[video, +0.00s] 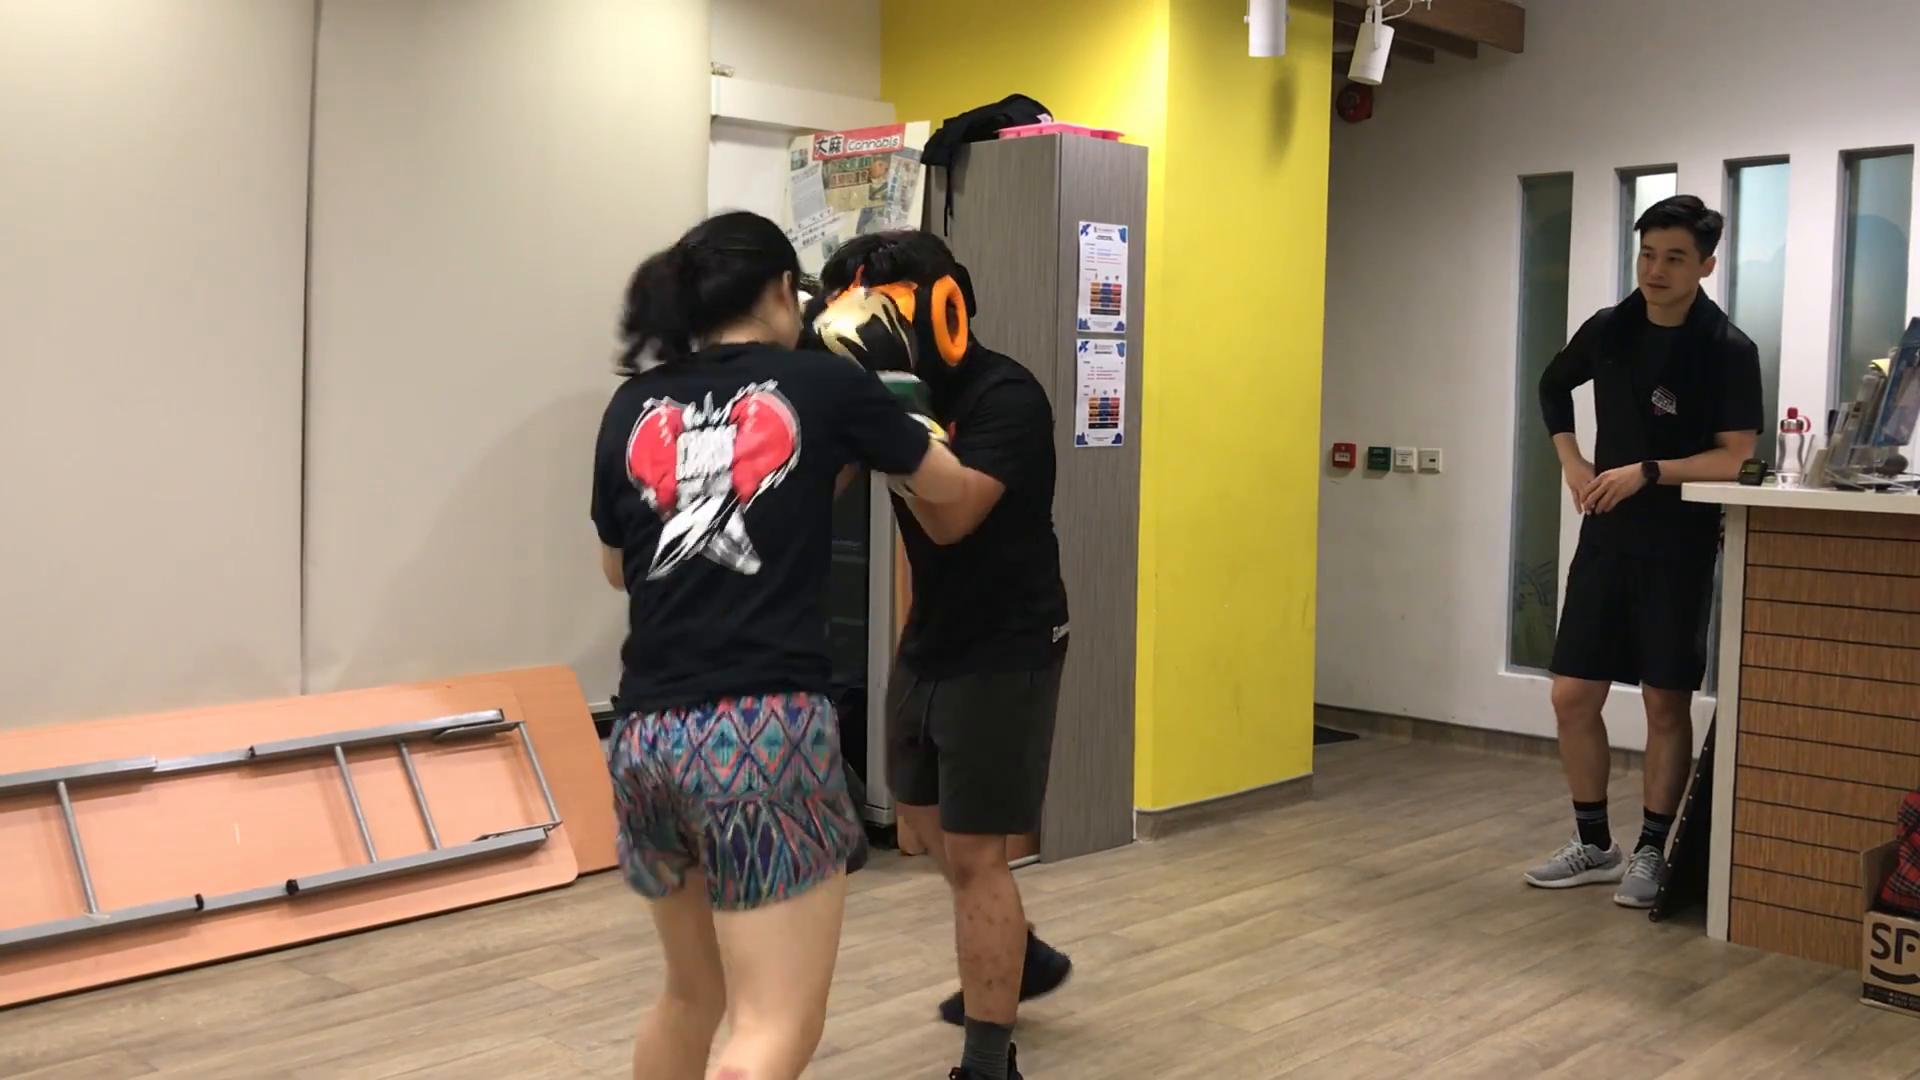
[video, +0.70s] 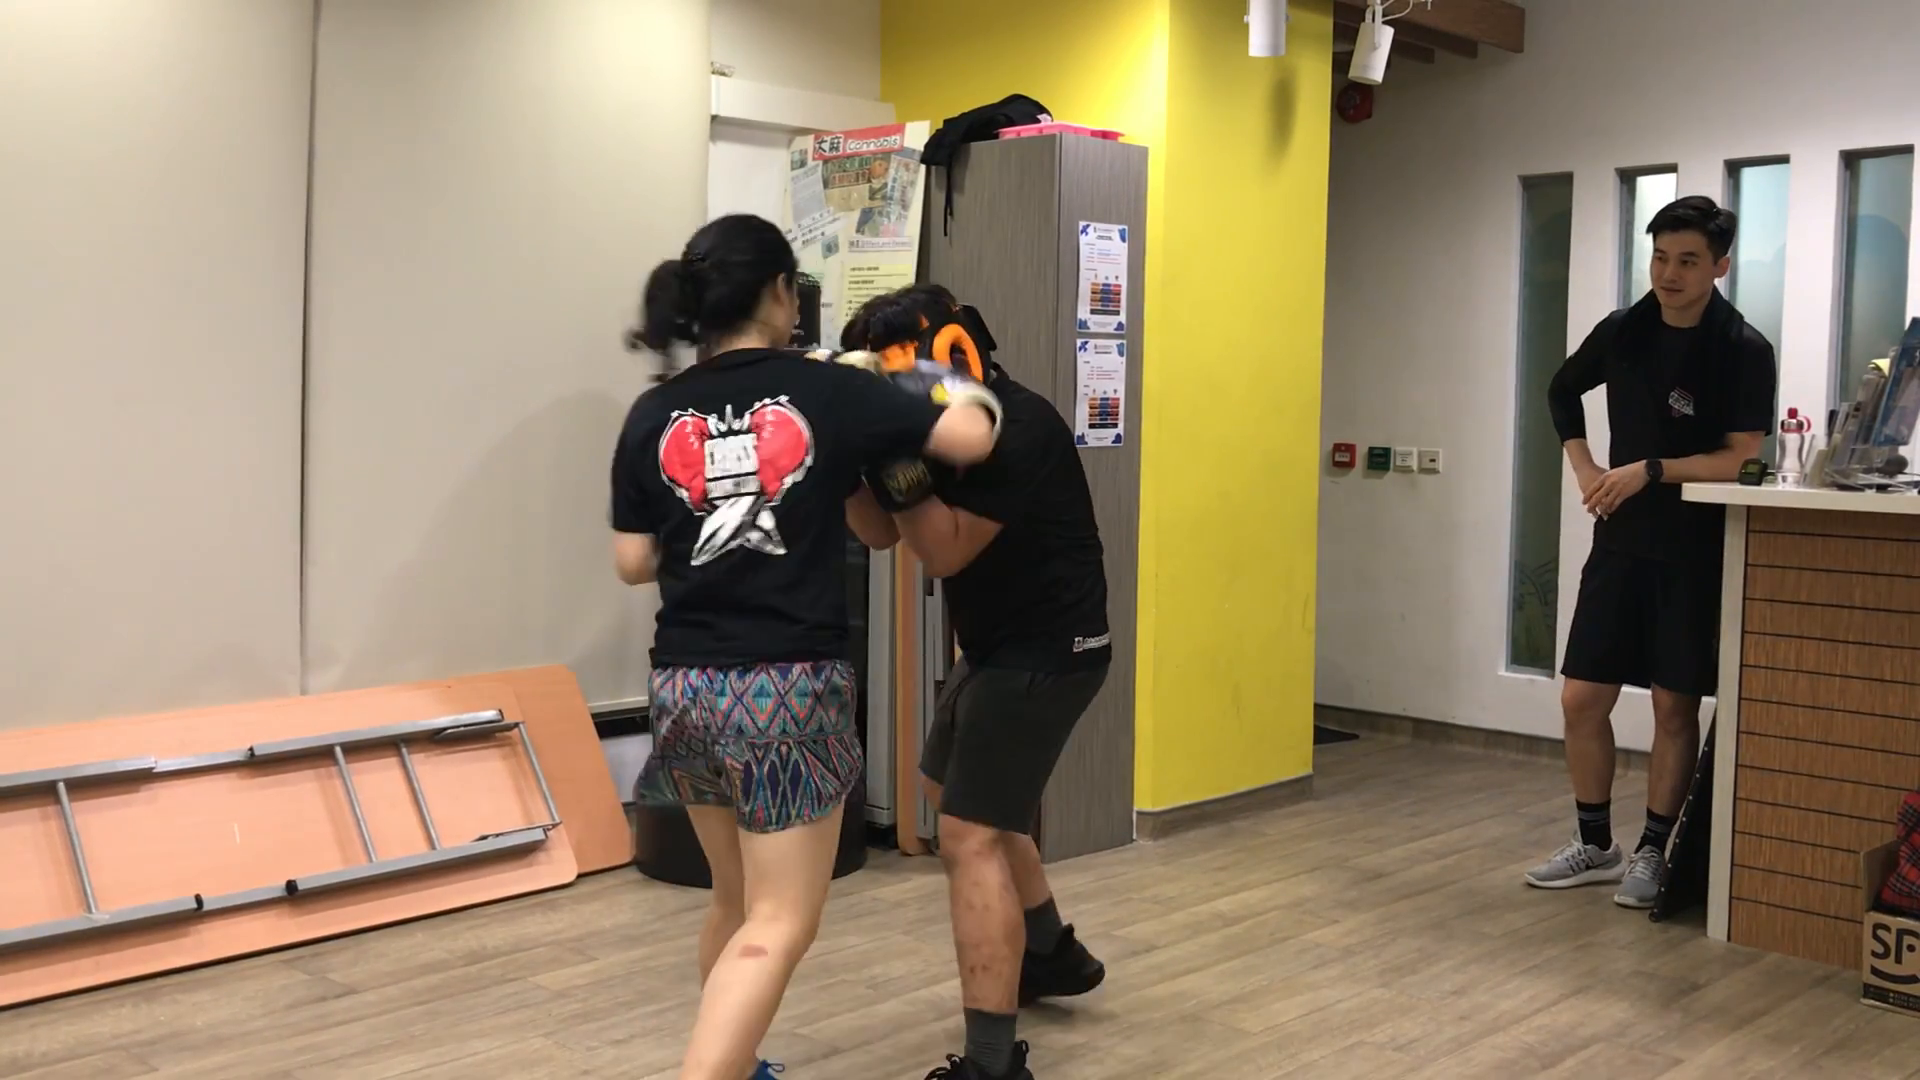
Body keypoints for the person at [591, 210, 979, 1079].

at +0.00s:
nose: (804, 305)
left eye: (799, 291)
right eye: (799, 289)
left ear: (688, 305)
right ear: (779, 291)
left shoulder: (630, 404)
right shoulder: (824, 383)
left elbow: (618, 565)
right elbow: (958, 506)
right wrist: (908, 422)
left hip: (647, 732)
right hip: (768, 727)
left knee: (688, 996)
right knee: (771, 1028)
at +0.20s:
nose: (814, 353)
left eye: (812, 337)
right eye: (812, 337)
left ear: (705, 344)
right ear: (794, 339)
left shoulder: (636, 442)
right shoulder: (819, 441)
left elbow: (541, 583)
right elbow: (924, 568)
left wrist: (630, 594)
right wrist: (925, 476)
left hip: (651, 776)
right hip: (767, 775)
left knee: (704, 1036)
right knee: (724, 1049)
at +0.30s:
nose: (833, 344)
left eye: (831, 326)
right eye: (828, 325)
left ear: (726, 328)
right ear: (805, 328)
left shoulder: (658, 432)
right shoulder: (812, 435)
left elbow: (555, 536)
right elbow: (859, 596)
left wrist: (569, 585)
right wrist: (924, 574)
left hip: (656, 746)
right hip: (760, 747)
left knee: (738, 988)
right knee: (698, 1024)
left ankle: (693, 1061)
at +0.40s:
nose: (858, 314)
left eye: (852, 298)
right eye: (854, 299)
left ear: (758, 315)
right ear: (839, 307)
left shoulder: (709, 413)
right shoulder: (818, 418)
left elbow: (622, 522)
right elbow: (751, 546)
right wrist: (842, 605)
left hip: (677, 697)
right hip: (743, 703)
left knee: (774, 885)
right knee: (701, 997)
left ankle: (745, 1065)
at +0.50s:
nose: (854, 311)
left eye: (850, 299)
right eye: (847, 299)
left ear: (753, 324)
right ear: (835, 315)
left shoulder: (743, 421)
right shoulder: (813, 425)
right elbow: (712, 521)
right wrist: (811, 596)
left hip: (703, 701)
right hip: (755, 710)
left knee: (746, 953)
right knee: (746, 969)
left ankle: (731, 1064)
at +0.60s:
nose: (821, 304)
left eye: (817, 289)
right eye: (817, 289)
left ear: (720, 306)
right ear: (799, 299)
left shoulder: (685, 426)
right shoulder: (818, 404)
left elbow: (679, 568)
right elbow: (811, 501)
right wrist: (925, 517)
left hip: (687, 689)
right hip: (781, 692)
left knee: (745, 908)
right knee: (771, 947)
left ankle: (736, 1062)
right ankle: (701, 1072)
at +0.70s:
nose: (796, 299)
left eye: (792, 285)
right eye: (792, 284)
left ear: (697, 304)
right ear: (779, 292)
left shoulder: (653, 412)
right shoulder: (827, 389)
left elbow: (633, 562)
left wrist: (711, 515)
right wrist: (958, 386)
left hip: (685, 686)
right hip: (791, 686)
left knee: (732, 900)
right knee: (775, 930)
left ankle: (729, 1063)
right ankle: (702, 1075)